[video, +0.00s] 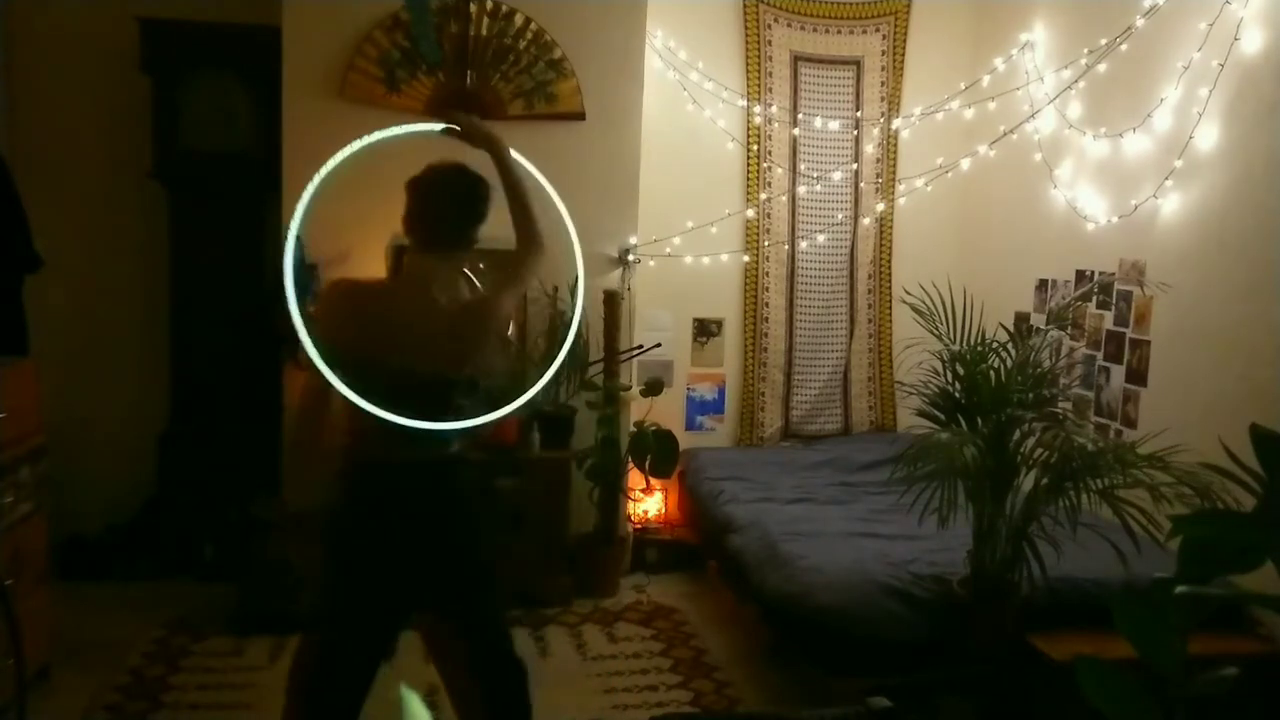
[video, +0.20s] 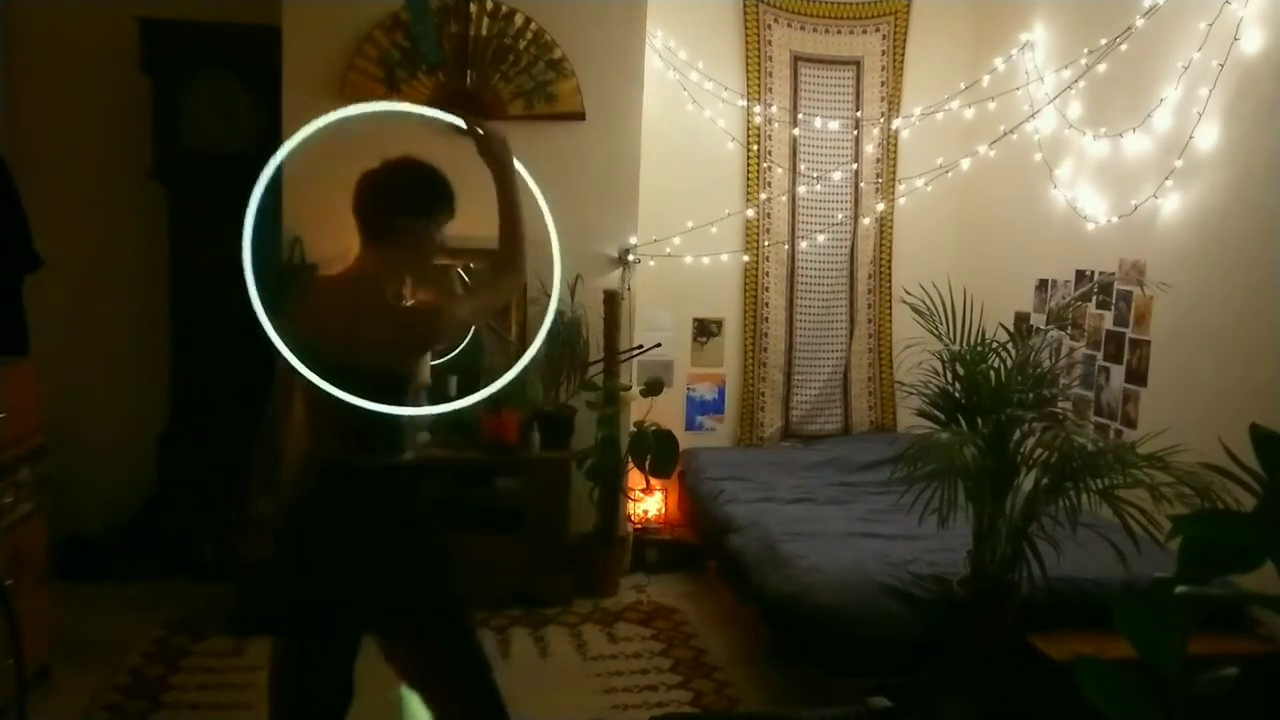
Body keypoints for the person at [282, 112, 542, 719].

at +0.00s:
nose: (407, 220)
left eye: (411, 208)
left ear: (412, 219)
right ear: (474, 233)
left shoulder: (347, 304)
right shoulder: (481, 311)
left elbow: (307, 424)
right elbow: (531, 245)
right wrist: (498, 148)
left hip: (367, 520)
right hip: (453, 523)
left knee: (328, 685)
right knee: (491, 685)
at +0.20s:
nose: (442, 241)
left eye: (443, 226)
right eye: (437, 226)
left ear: (366, 221)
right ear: (411, 227)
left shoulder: (314, 302)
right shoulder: (409, 318)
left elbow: (286, 422)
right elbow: (508, 277)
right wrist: (504, 170)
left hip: (312, 527)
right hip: (383, 535)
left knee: (305, 703)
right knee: (471, 704)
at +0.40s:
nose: (404, 246)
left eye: (403, 229)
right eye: (396, 229)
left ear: (329, 225)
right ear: (359, 229)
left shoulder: (288, 306)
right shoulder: (345, 321)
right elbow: (481, 317)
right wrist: (528, 224)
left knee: (298, 699)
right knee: (443, 693)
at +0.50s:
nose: (393, 247)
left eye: (393, 231)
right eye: (384, 230)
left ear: (334, 231)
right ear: (340, 230)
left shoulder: (280, 308)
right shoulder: (343, 324)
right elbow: (464, 354)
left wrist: (452, 326)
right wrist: (533, 271)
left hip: (287, 525)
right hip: (341, 534)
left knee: (295, 700)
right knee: (441, 697)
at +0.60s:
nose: (384, 250)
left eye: (385, 234)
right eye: (374, 231)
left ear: (319, 233)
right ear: (327, 230)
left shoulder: (269, 320)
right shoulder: (347, 331)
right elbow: (432, 371)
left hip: (278, 546)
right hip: (343, 550)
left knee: (299, 703)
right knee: (442, 699)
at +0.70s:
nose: (382, 251)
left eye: (382, 235)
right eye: (371, 233)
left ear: (321, 236)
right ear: (327, 234)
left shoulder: (270, 325)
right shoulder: (339, 333)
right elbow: (419, 397)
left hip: (284, 551)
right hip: (343, 554)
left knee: (299, 704)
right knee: (442, 698)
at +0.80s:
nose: (382, 251)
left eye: (383, 236)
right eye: (374, 234)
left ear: (317, 234)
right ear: (337, 235)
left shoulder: (268, 321)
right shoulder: (341, 332)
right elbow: (413, 420)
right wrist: (492, 439)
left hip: (283, 543)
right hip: (345, 547)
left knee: (300, 704)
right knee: (444, 699)